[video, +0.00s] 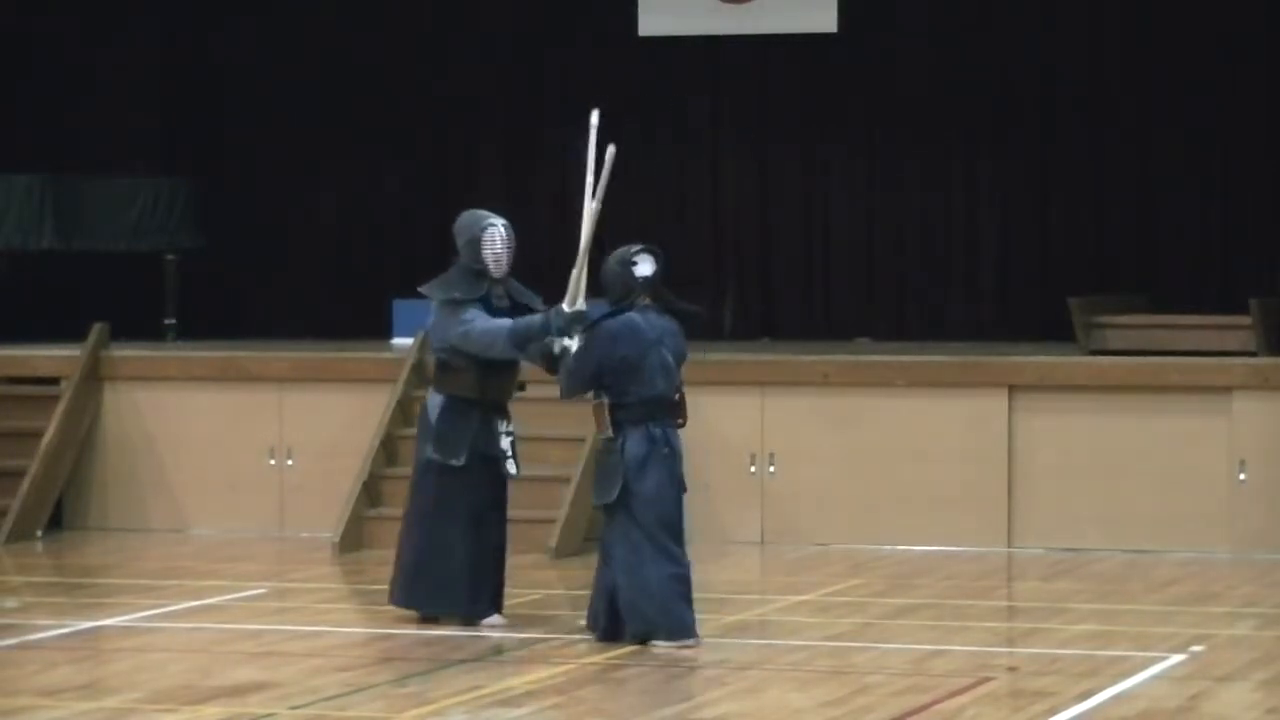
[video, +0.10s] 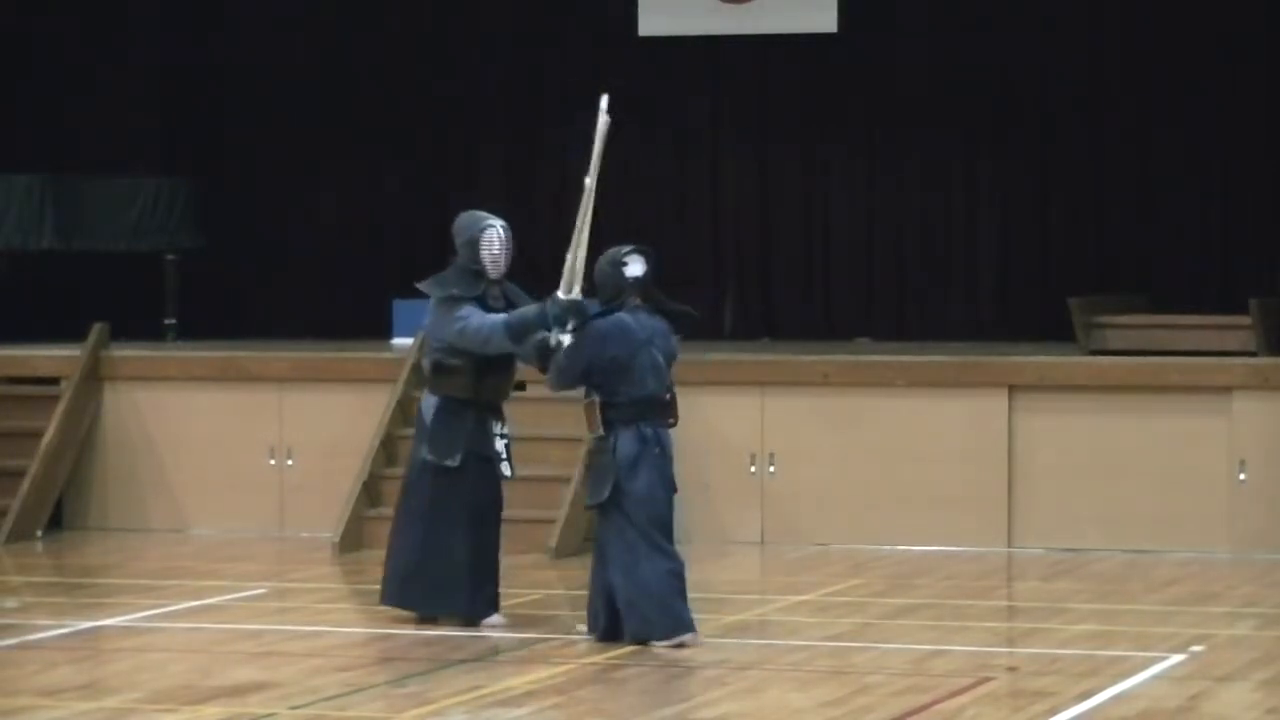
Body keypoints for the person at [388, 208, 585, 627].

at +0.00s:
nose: (500, 254)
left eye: (505, 245)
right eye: (491, 245)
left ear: (511, 248)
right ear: (470, 250)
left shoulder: (513, 298)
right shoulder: (451, 304)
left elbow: (541, 347)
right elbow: (490, 335)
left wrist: (566, 341)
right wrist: (548, 321)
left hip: (491, 414)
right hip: (452, 413)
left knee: (487, 509)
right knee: (450, 508)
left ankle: (481, 606)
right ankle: (436, 604)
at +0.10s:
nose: (498, 254)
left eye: (503, 245)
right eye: (489, 246)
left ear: (509, 249)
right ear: (467, 250)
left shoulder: (508, 296)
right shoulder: (449, 304)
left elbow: (535, 345)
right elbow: (489, 333)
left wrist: (561, 338)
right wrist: (546, 312)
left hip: (485, 412)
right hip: (449, 412)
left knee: (482, 506)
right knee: (445, 506)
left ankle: (478, 606)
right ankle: (430, 604)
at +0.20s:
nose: (498, 253)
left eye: (502, 244)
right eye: (489, 244)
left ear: (508, 248)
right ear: (468, 249)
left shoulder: (506, 296)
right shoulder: (448, 300)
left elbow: (534, 347)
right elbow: (481, 335)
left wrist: (562, 320)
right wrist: (539, 309)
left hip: (485, 412)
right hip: (450, 411)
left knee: (481, 507)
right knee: (453, 506)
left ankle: (474, 604)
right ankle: (443, 603)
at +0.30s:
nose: (497, 253)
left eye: (502, 244)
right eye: (488, 244)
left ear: (508, 249)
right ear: (467, 248)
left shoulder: (508, 295)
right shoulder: (446, 294)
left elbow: (531, 350)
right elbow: (467, 343)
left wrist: (546, 311)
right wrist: (528, 309)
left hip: (488, 410)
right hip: (450, 408)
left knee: (479, 507)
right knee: (443, 504)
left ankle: (474, 607)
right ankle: (431, 601)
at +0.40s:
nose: (494, 251)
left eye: (499, 242)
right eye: (486, 242)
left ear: (505, 247)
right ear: (465, 246)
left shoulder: (502, 293)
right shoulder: (446, 296)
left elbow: (514, 353)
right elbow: (465, 351)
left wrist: (533, 322)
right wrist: (520, 316)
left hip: (489, 409)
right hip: (451, 408)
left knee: (481, 507)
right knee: (444, 503)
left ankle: (473, 608)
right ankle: (433, 600)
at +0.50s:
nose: (488, 250)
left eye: (492, 241)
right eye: (479, 241)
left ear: (499, 246)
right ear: (460, 246)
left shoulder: (501, 294)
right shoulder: (446, 295)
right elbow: (445, 352)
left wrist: (530, 335)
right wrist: (511, 338)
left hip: (490, 409)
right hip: (453, 410)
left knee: (485, 506)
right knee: (451, 505)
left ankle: (478, 607)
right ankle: (443, 604)